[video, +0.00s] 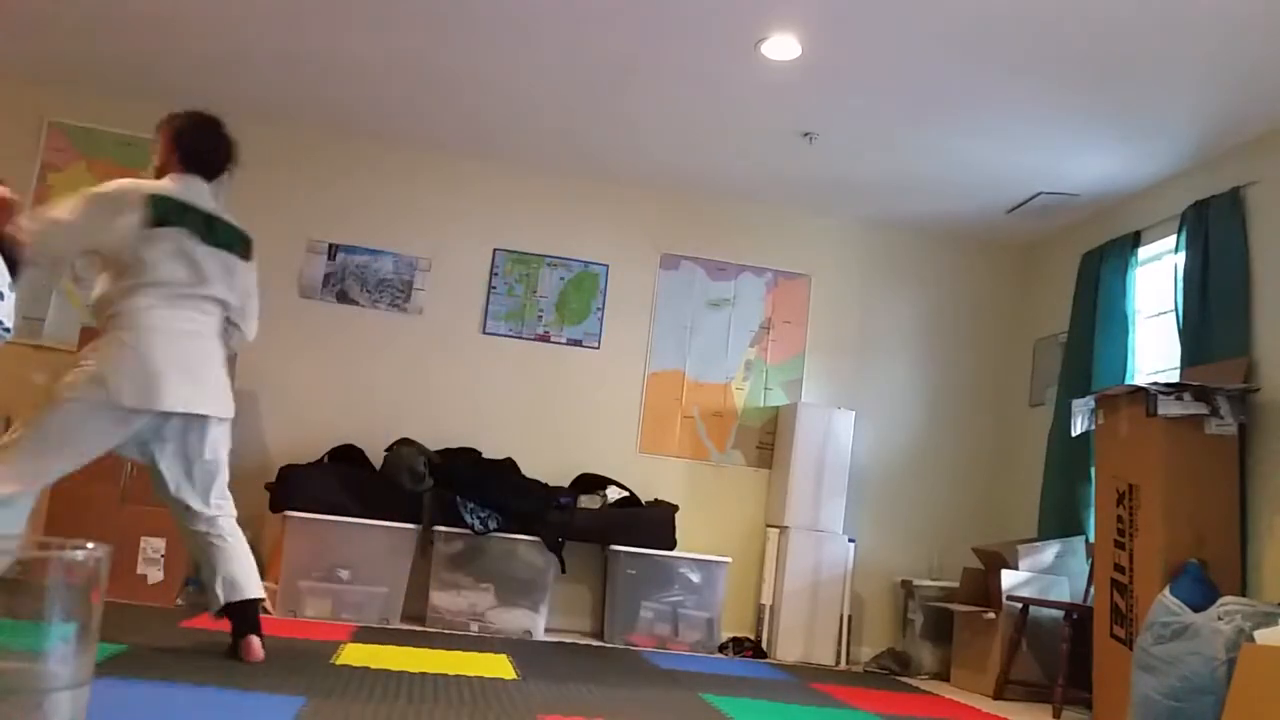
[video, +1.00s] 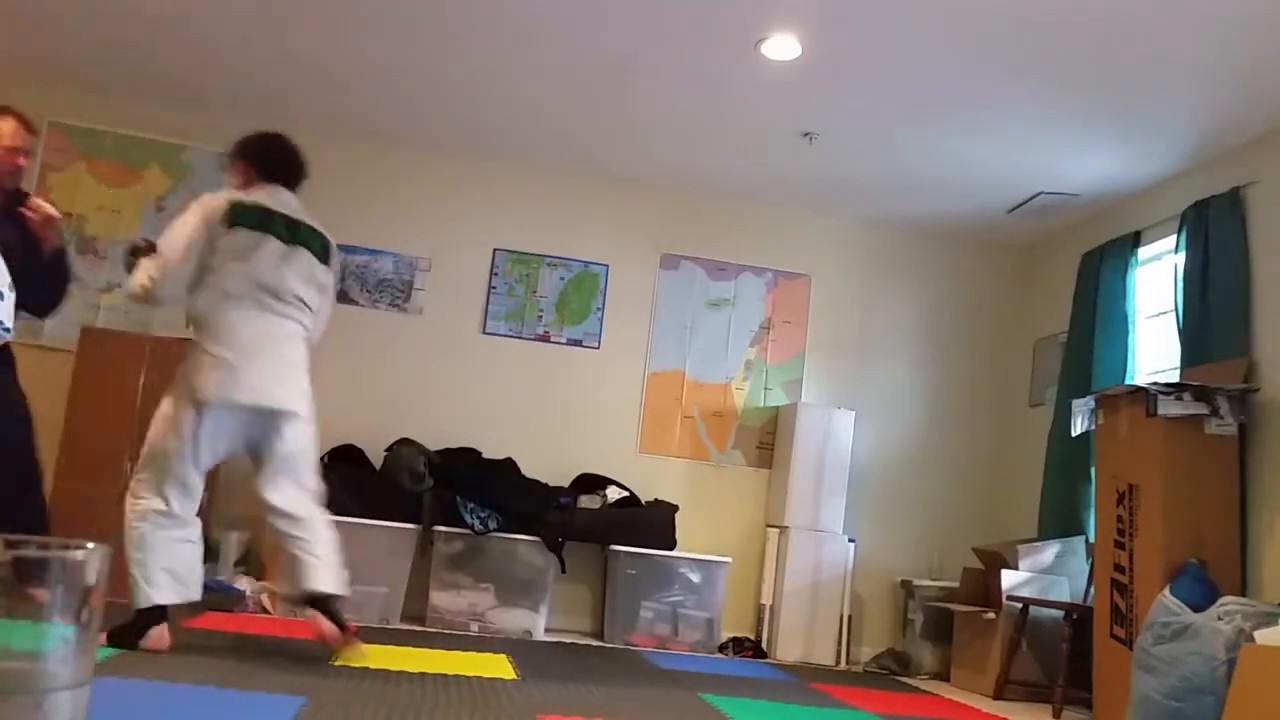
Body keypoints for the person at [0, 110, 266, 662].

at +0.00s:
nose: (156, 153)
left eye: (160, 145)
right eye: (161, 144)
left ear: (169, 153)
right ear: (219, 168)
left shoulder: (132, 198)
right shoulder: (237, 238)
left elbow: (42, 232)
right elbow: (242, 328)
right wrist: (193, 354)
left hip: (128, 373)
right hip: (204, 388)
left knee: (17, 471)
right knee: (211, 508)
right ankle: (248, 629)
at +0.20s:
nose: (92, 156)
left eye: (98, 150)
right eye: (98, 149)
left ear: (104, 156)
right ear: (158, 176)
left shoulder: (55, 194)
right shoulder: (177, 233)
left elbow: (2, 215)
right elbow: (198, 312)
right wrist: (154, 367)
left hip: (42, 370)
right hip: (131, 383)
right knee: (167, 498)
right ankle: (205, 598)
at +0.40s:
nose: (80, 138)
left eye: (86, 131)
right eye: (84, 130)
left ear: (101, 138)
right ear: (150, 153)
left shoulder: (57, 174)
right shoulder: (174, 213)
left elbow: (3, 239)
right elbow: (179, 307)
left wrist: (32, 278)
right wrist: (128, 309)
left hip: (43, 337)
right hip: (124, 352)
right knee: (141, 475)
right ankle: (160, 570)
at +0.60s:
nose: (130, 168)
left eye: (134, 160)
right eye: (135, 160)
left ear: (142, 165)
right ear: (192, 178)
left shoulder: (103, 197)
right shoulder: (214, 243)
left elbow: (24, 255)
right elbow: (194, 327)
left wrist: (8, 237)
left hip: (77, 359)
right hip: (150, 380)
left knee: (0, 469)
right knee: (144, 507)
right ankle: (159, 611)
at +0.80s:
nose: (186, 167)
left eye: (189, 159)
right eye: (189, 159)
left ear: (199, 162)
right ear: (250, 171)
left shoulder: (169, 198)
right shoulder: (275, 234)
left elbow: (109, 273)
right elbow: (266, 314)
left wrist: (92, 255)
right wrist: (223, 291)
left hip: (163, 356)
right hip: (232, 373)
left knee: (88, 461)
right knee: (199, 494)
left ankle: (32, 572)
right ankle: (173, 610)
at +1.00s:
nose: (230, 180)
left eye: (232, 172)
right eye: (232, 172)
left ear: (244, 172)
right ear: (296, 181)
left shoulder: (217, 208)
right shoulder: (323, 244)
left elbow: (162, 283)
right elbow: (313, 328)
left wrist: (140, 271)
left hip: (218, 375)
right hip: (289, 386)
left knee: (160, 491)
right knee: (296, 496)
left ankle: (152, 615)